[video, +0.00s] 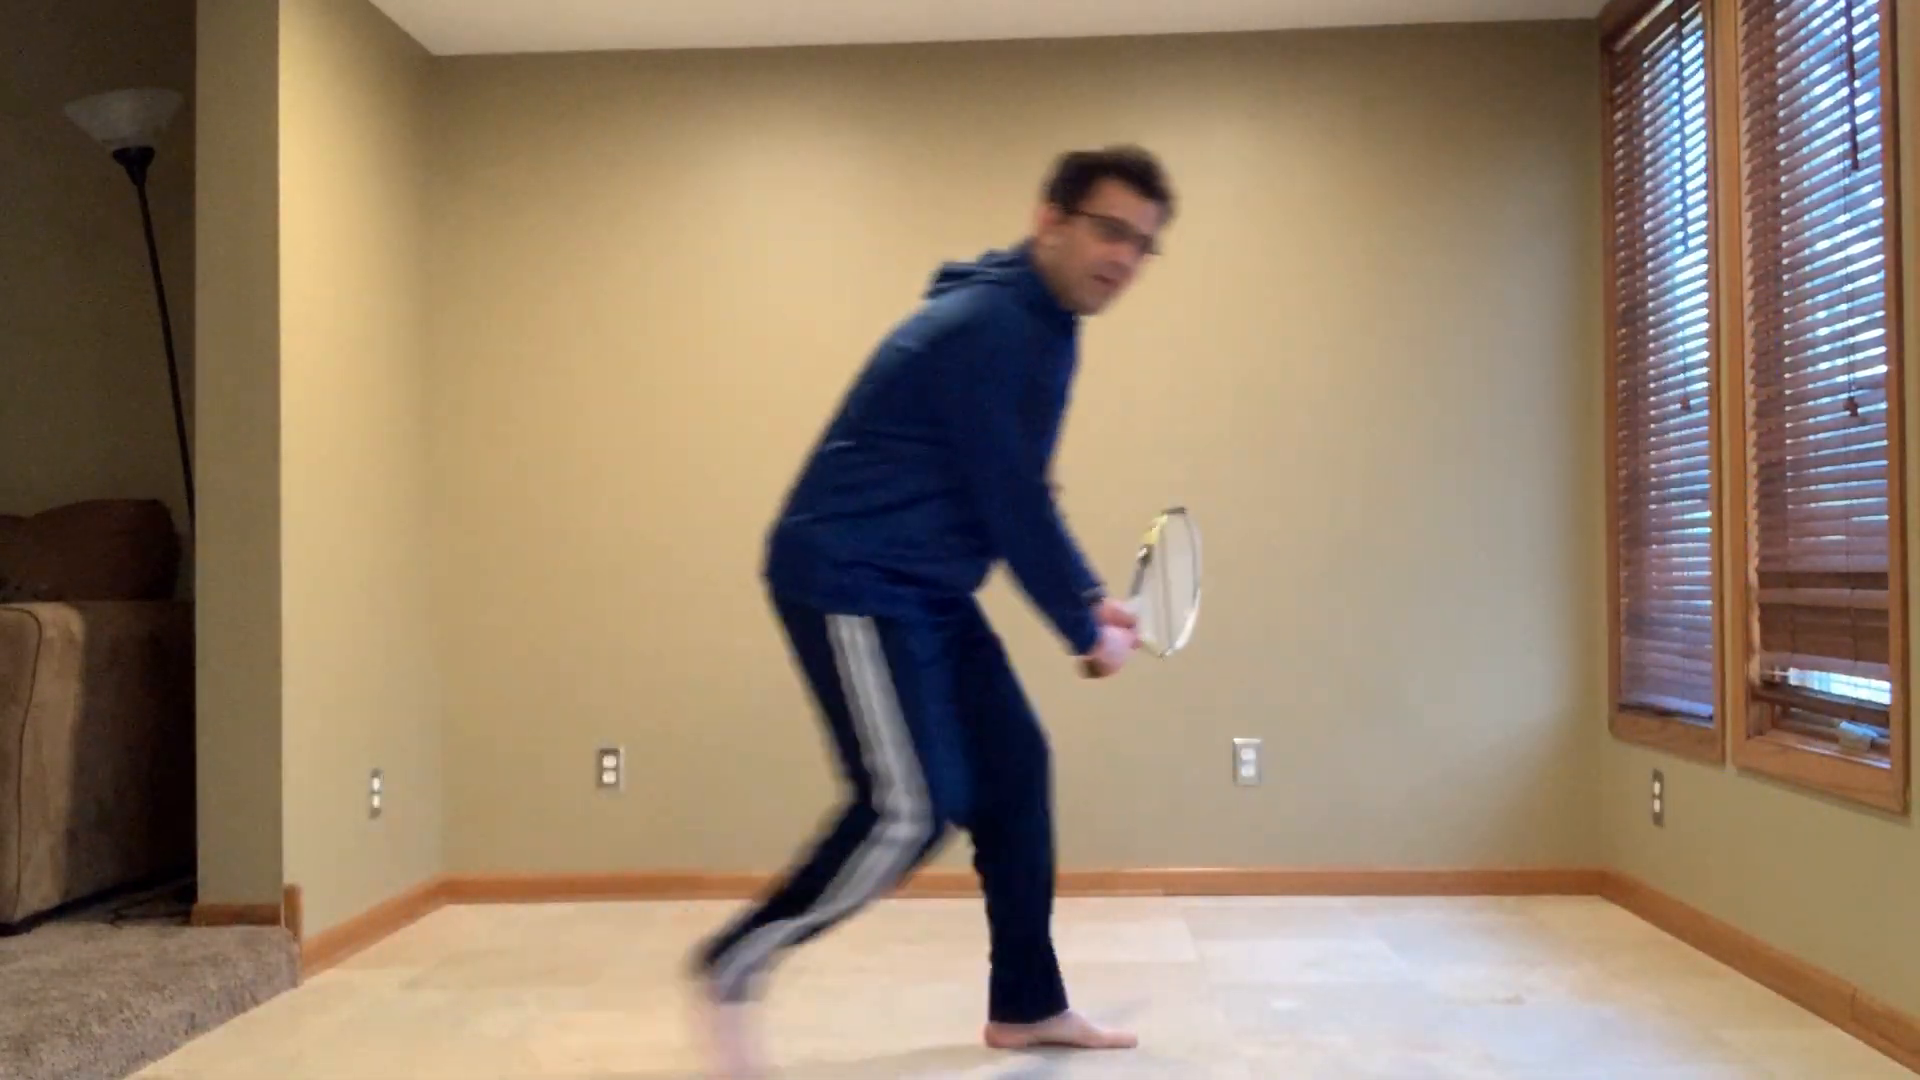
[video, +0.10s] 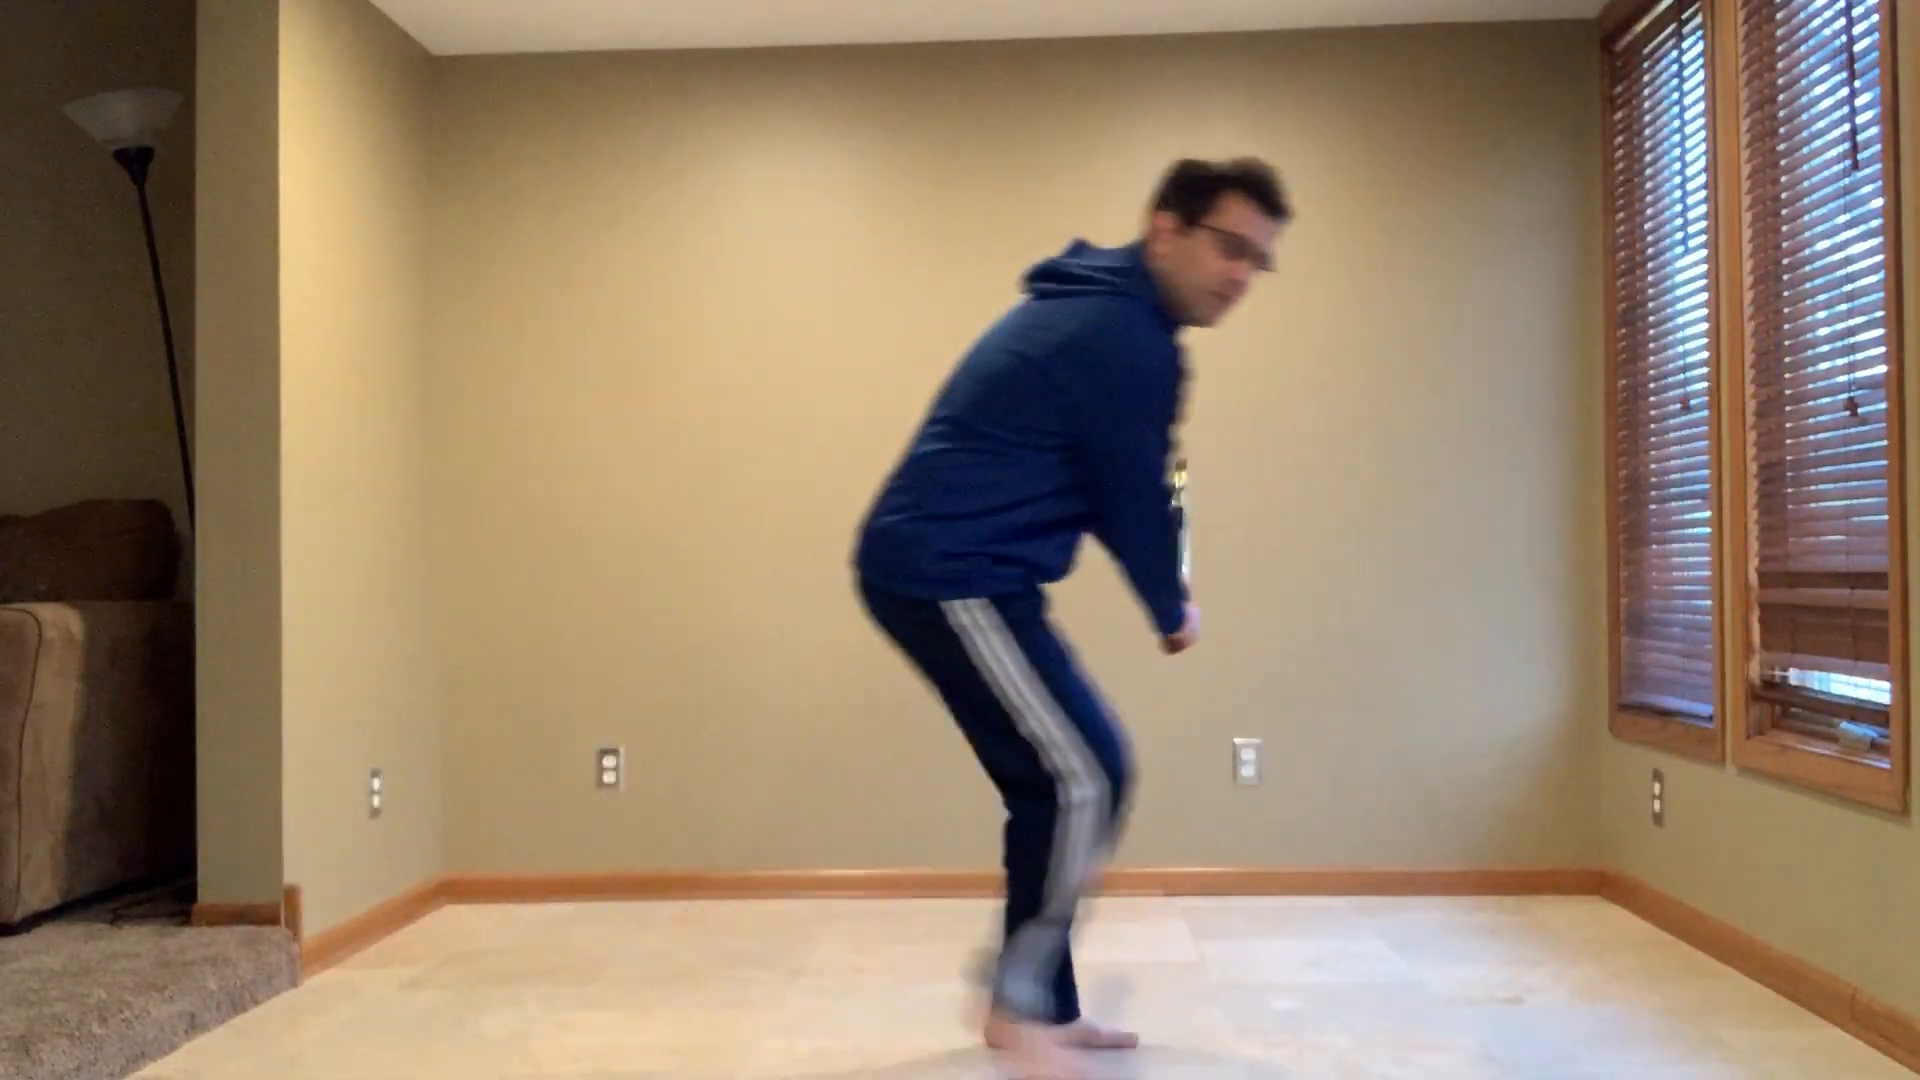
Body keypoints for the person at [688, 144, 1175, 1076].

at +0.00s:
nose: (1122, 258)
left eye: (1141, 246)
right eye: (1108, 231)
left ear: (1150, 258)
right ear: (1048, 220)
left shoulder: (1046, 329)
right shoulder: (991, 323)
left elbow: (1021, 490)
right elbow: (1006, 498)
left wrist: (1088, 599)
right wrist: (1080, 621)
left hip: (928, 587)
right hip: (847, 579)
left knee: (1013, 764)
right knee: (910, 803)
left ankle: (1027, 1003)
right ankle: (730, 966)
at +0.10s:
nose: (1243, 278)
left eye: (1258, 263)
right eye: (1230, 250)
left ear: (1264, 269)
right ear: (1164, 230)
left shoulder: (1112, 312)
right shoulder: (1123, 336)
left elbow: (1135, 481)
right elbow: (1131, 498)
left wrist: (1170, 589)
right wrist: (1171, 602)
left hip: (958, 569)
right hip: (945, 573)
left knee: (1075, 775)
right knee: (1078, 776)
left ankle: (1031, 996)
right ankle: (1024, 1012)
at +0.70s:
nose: (1695, 125)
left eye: (1714, 110)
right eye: (1680, 92)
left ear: (1714, 126)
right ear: (1604, 80)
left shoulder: (1672, 213)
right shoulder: (1489, 160)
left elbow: (1589, 220)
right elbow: (1409, 288)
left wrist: (1465, 109)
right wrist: (1431, 123)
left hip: (1538, 542)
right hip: (1422, 524)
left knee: (1605, 782)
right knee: (1504, 784)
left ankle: (1453, 954)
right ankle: (1469, 1063)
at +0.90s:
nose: (1714, 109)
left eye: (1730, 94)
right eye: (1689, 85)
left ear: (1739, 116)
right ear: (1622, 100)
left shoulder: (1744, 216)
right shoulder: (1536, 212)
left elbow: (1665, 264)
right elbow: (1373, 297)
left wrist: (1539, 170)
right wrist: (1465, 174)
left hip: (1678, 557)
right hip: (1539, 553)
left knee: (1785, 793)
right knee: (1580, 796)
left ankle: (1852, 1025)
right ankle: (1496, 1064)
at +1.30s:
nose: (1467, 117)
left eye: (1487, 97)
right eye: (1440, 101)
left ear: (1516, 118)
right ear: (1401, 132)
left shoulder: (1580, 232)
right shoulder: (1358, 276)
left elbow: (1626, 396)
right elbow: (1310, 436)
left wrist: (1519, 455)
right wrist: (1399, 499)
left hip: (1581, 571)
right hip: (1443, 592)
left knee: (1708, 776)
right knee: (1478, 814)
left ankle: (1823, 1006)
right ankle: (1558, 1012)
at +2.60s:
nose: (386, 245)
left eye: (416, 229)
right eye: (374, 222)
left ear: (463, 257)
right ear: (353, 232)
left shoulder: (505, 373)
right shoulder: (289, 342)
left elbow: (512, 536)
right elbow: (246, 492)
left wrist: (387, 603)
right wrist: (312, 607)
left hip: (462, 616)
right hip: (323, 615)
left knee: (493, 798)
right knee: (240, 808)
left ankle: (532, 1022)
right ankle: (202, 1030)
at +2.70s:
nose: (381, 271)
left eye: (410, 254)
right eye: (366, 248)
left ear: (454, 279)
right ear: (343, 257)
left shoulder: (495, 390)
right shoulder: (276, 365)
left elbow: (493, 548)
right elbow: (230, 511)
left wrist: (373, 634)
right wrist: (295, 638)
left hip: (455, 606)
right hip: (310, 605)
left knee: (514, 789)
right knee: (226, 807)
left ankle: (539, 1014)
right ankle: (204, 1030)